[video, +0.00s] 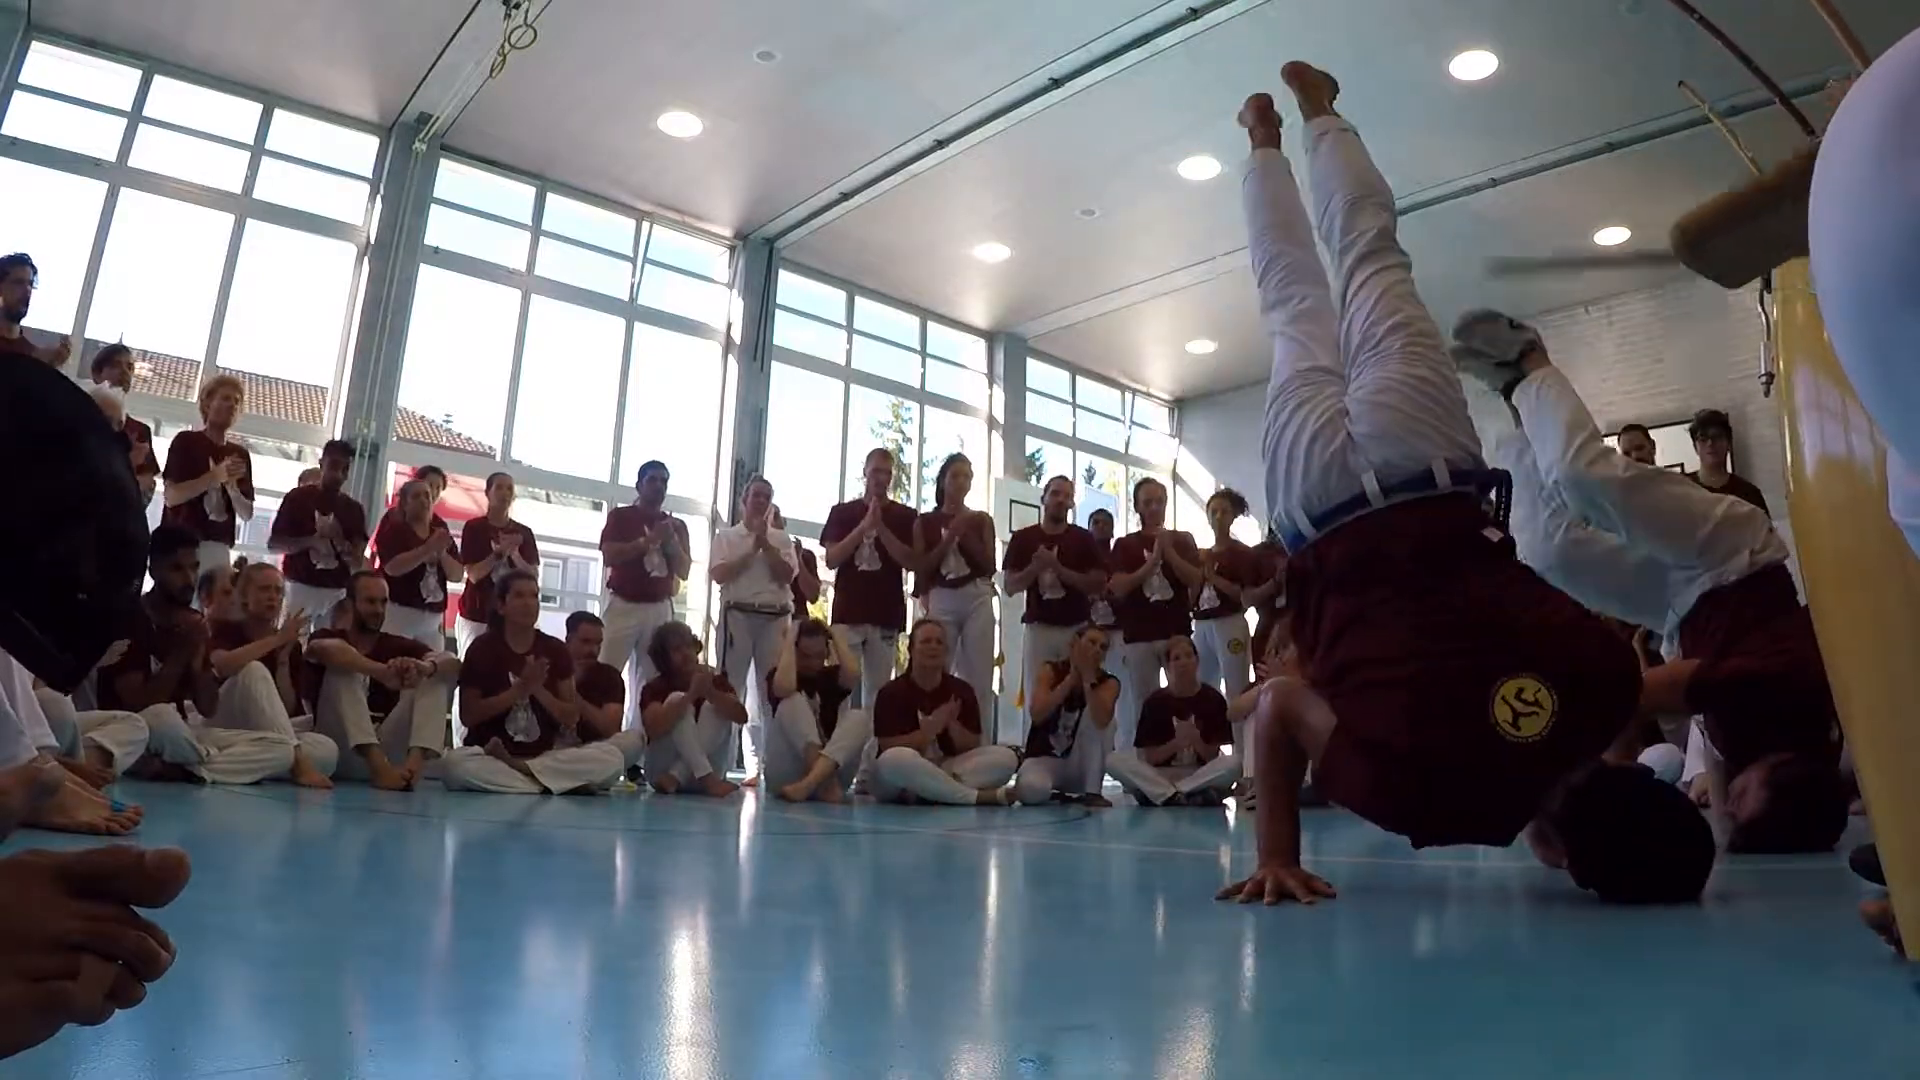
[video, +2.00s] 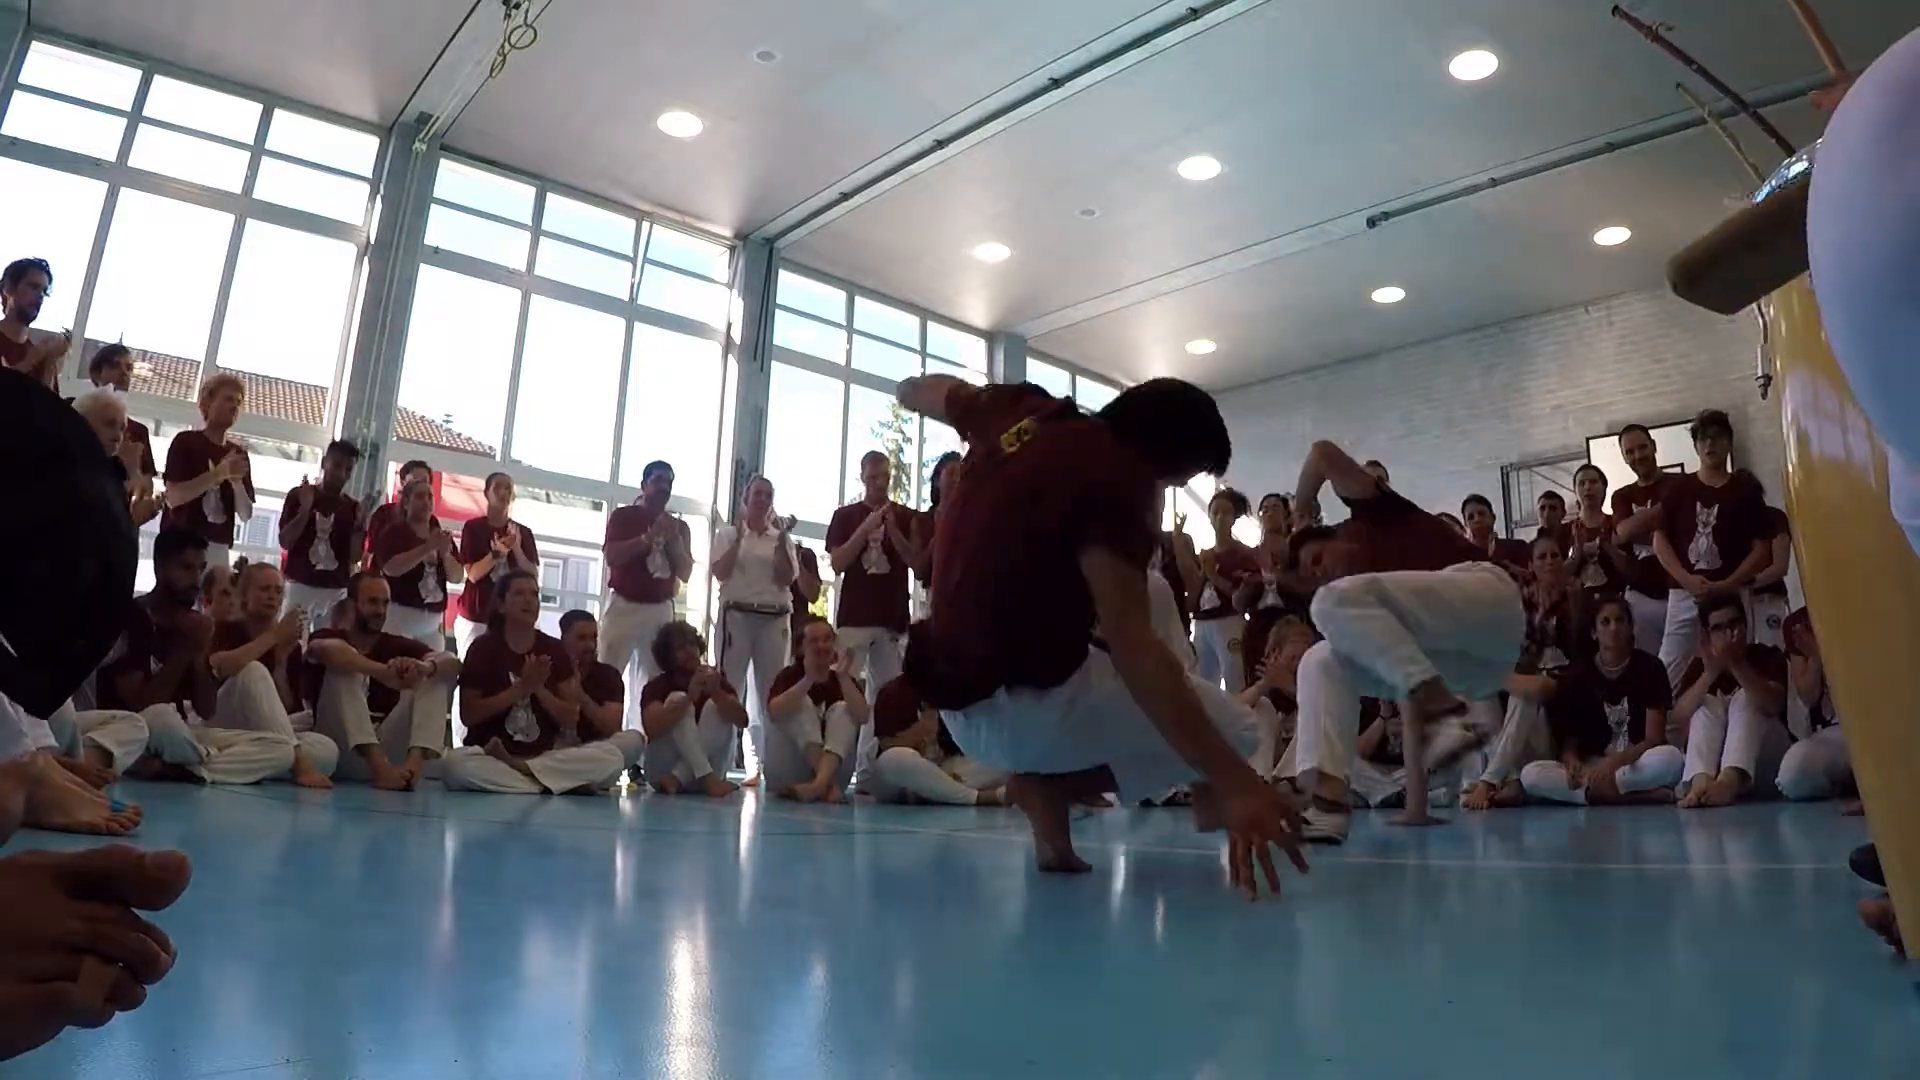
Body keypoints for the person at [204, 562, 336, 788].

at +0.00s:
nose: (273, 597)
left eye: (278, 590)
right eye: (264, 589)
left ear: (283, 597)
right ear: (245, 595)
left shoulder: (290, 644)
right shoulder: (224, 630)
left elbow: (290, 709)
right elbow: (221, 665)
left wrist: (283, 662)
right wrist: (281, 638)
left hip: (270, 733)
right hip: (224, 725)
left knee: (326, 751)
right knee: (253, 671)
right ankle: (299, 762)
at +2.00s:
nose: (273, 597)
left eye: (278, 591)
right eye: (264, 589)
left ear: (283, 597)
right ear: (244, 593)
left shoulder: (290, 647)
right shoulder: (225, 630)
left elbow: (290, 708)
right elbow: (219, 667)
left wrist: (281, 661)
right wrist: (274, 637)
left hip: (271, 732)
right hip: (223, 724)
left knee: (326, 751)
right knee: (253, 671)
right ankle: (299, 763)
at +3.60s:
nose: (280, 596)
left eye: (283, 591)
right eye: (271, 590)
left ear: (288, 598)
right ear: (246, 599)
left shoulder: (287, 642)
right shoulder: (227, 628)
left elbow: (298, 708)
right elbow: (222, 658)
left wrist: (311, 669)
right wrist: (275, 640)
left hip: (271, 731)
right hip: (223, 725)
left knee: (327, 752)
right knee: (253, 671)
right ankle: (299, 762)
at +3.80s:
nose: (289, 598)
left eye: (292, 592)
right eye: (280, 591)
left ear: (296, 599)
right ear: (257, 601)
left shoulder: (294, 648)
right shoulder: (232, 629)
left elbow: (302, 718)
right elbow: (235, 655)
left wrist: (314, 675)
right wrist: (299, 655)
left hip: (270, 733)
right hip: (223, 725)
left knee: (327, 751)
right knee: (253, 672)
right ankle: (298, 760)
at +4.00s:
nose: (295, 601)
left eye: (298, 596)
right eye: (287, 594)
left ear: (301, 601)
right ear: (262, 600)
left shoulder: (298, 654)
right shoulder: (233, 631)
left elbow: (301, 724)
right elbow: (239, 665)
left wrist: (322, 694)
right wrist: (305, 658)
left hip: (269, 736)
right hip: (222, 727)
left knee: (326, 753)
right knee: (253, 678)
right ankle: (298, 762)